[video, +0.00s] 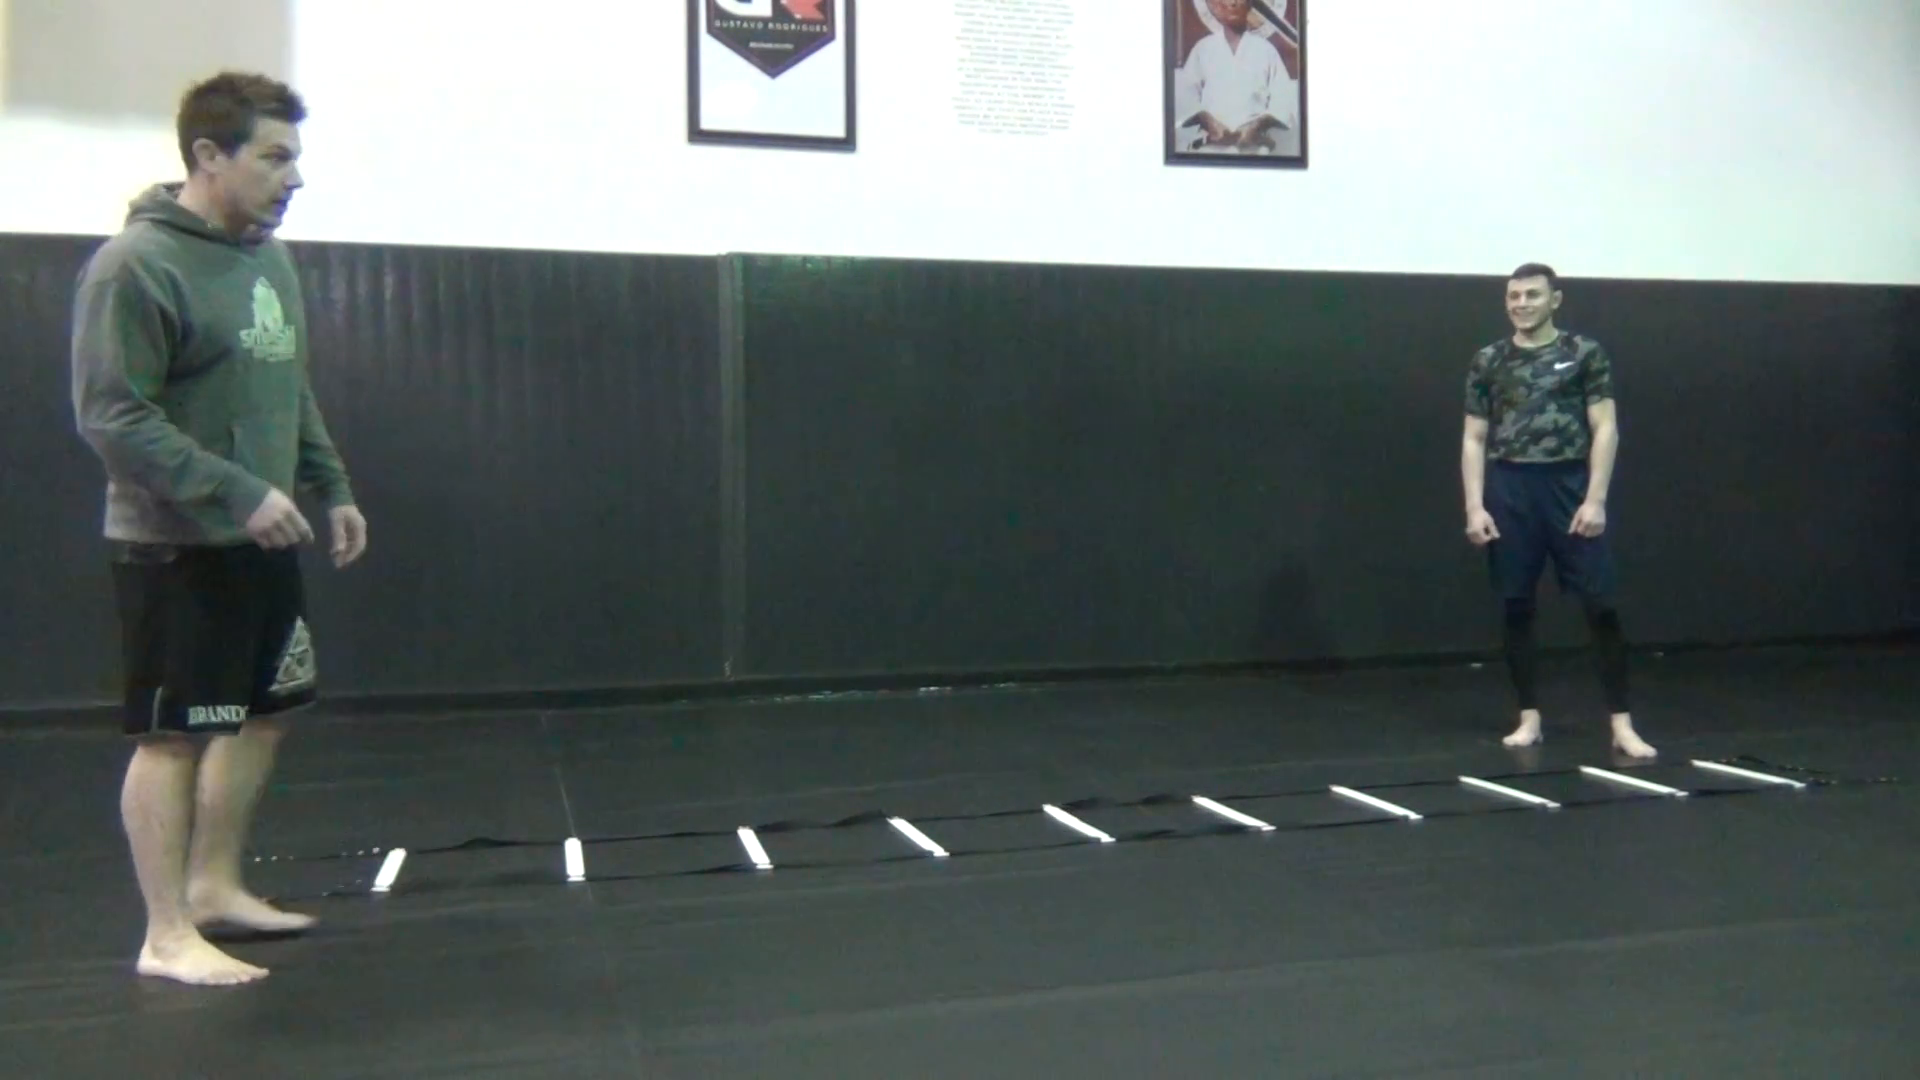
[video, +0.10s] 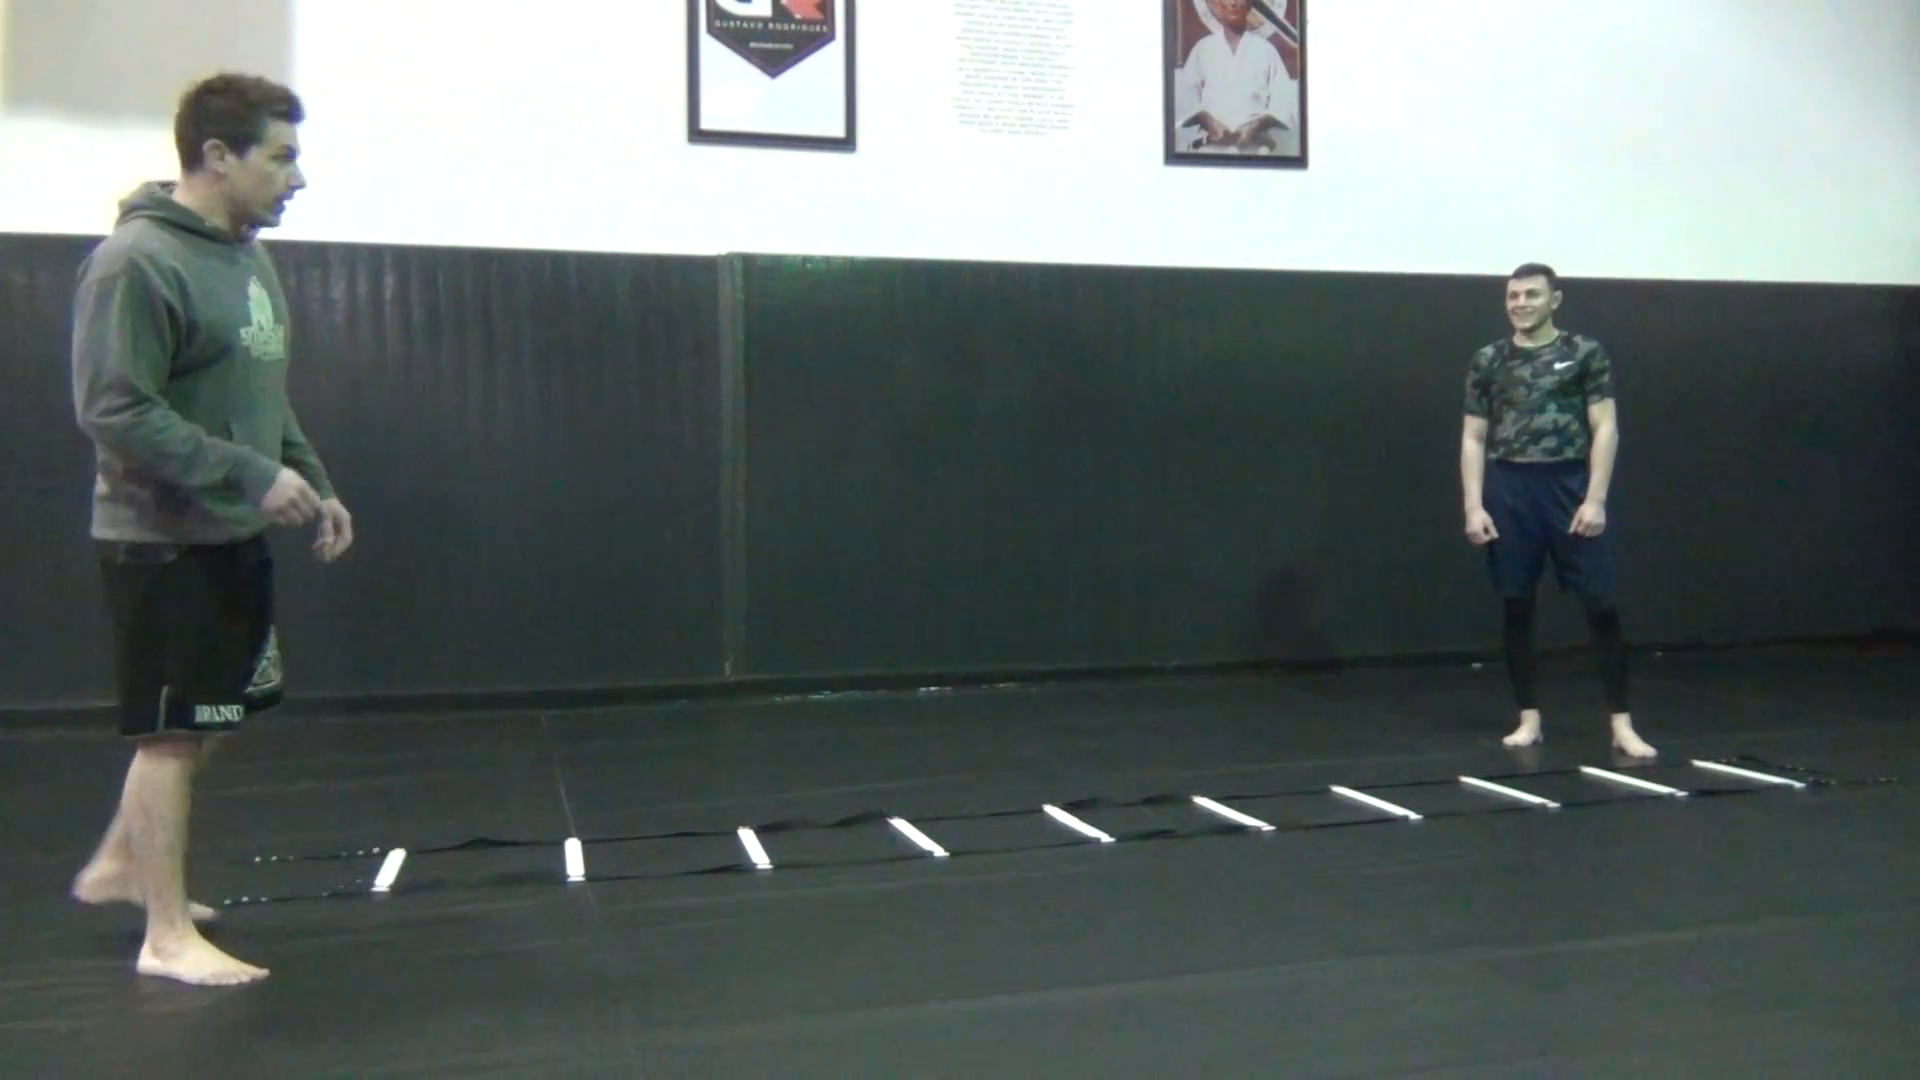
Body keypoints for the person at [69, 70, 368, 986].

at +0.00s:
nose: (292, 178)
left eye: (295, 160)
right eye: (276, 158)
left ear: (236, 161)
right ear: (208, 155)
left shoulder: (272, 260)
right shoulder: (131, 266)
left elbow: (291, 390)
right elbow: (111, 418)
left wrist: (333, 489)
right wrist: (241, 494)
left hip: (258, 537)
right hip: (169, 544)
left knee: (262, 707)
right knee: (171, 732)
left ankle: (216, 889)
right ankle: (166, 936)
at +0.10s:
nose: (295, 178)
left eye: (296, 159)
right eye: (282, 159)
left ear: (236, 162)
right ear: (216, 157)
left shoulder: (252, 262)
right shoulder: (134, 261)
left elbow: (261, 402)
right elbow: (114, 410)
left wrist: (315, 487)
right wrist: (253, 478)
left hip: (229, 532)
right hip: (162, 539)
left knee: (212, 708)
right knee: (174, 731)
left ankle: (117, 863)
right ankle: (169, 938)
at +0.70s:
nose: (223, 247)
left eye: (228, 231)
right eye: (217, 227)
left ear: (155, 209)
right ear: (166, 206)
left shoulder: (55, 271)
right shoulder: (131, 273)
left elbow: (37, 401)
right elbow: (162, 399)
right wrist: (297, 430)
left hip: (18, 520)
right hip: (90, 522)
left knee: (32, 712)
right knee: (148, 700)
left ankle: (14, 885)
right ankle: (158, 902)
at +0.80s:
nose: (215, 252)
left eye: (220, 235)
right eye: (210, 231)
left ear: (150, 208)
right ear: (165, 210)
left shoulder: (34, 269)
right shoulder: (137, 272)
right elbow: (177, 395)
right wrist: (301, 437)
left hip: (12, 513)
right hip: (90, 513)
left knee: (20, 705)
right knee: (160, 688)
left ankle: (15, 881)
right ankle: (126, 885)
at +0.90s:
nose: (209, 258)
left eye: (214, 242)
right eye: (206, 237)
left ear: (147, 212)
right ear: (164, 215)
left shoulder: (26, 273)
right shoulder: (141, 276)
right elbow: (189, 396)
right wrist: (308, 450)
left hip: (10, 514)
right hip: (92, 514)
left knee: (16, 700)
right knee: (174, 682)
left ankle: (14, 880)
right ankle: (102, 862)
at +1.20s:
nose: (234, 271)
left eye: (241, 256)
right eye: (233, 251)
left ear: (169, 226)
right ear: (192, 229)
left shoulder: (47, 289)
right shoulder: (165, 293)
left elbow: (27, 400)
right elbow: (204, 417)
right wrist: (312, 480)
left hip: (27, 525)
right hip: (126, 528)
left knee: (27, 705)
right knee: (169, 694)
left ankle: (15, 882)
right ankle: (169, 860)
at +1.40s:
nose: (277, 263)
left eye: (280, 247)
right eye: (269, 245)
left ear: (212, 228)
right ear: (219, 228)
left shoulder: (90, 287)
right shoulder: (201, 303)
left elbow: (57, 392)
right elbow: (228, 439)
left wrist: (120, 466)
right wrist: (321, 500)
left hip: (78, 523)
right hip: (163, 530)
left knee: (96, 689)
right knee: (178, 695)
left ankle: (46, 827)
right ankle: (168, 862)